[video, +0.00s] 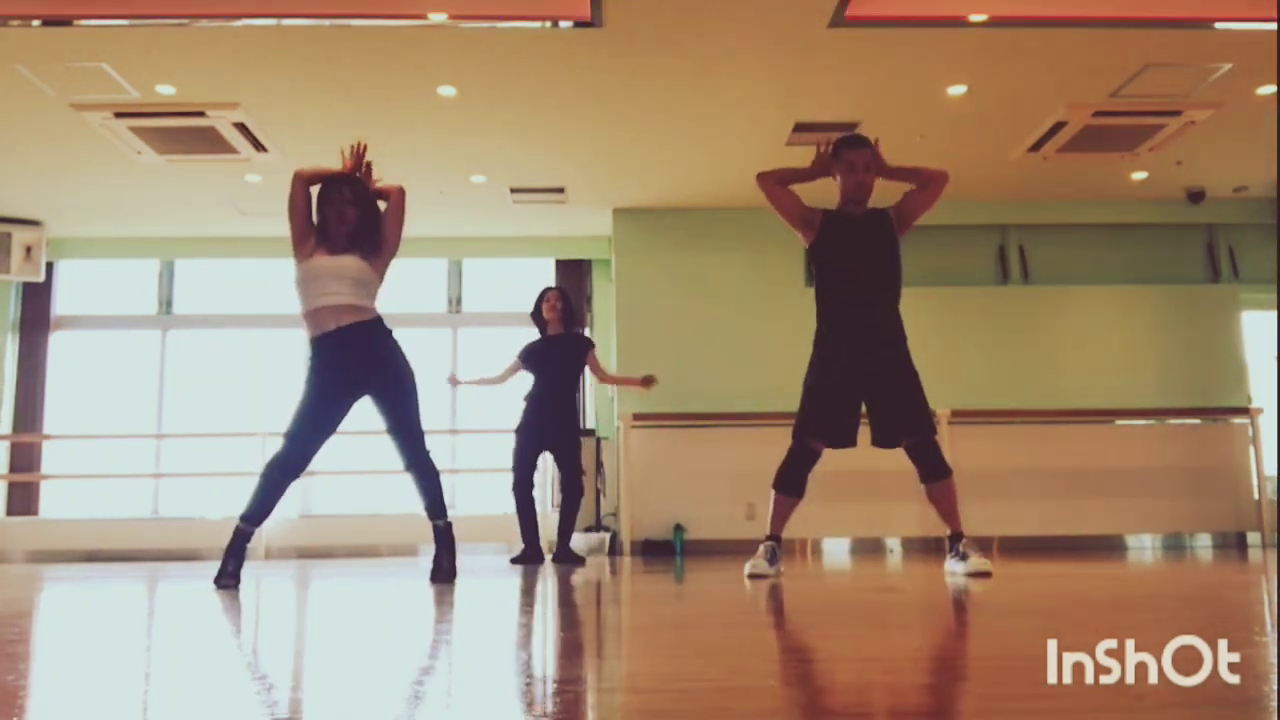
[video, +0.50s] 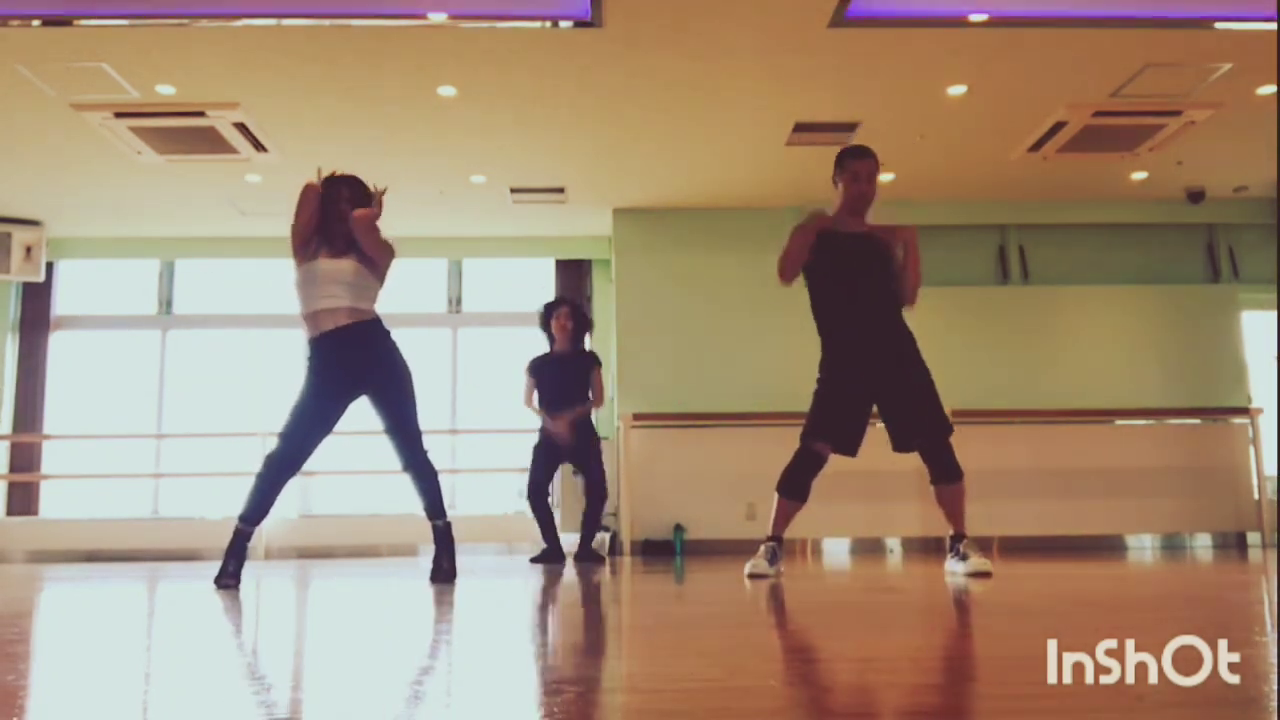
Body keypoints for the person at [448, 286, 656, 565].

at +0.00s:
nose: (552, 304)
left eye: (558, 300)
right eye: (547, 301)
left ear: (566, 307)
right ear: (540, 309)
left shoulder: (580, 342)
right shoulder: (534, 348)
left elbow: (602, 377)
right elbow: (501, 378)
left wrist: (637, 382)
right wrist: (462, 382)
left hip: (565, 423)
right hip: (533, 423)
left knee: (573, 488)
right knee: (521, 484)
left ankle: (562, 548)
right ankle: (532, 548)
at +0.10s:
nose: (556, 301)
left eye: (561, 297)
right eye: (551, 297)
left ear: (569, 304)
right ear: (542, 305)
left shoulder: (580, 336)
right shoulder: (530, 341)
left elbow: (600, 367)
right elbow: (511, 364)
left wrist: (619, 388)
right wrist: (499, 379)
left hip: (568, 421)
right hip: (535, 420)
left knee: (574, 485)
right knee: (523, 483)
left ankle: (563, 548)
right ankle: (531, 548)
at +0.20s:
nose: (559, 288)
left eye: (563, 284)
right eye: (554, 283)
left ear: (569, 290)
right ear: (544, 288)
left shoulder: (580, 320)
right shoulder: (531, 322)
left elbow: (581, 359)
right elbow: (525, 363)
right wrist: (537, 396)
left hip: (571, 402)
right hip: (541, 402)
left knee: (572, 474)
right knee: (534, 474)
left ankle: (567, 541)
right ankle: (533, 543)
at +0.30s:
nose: (558, 288)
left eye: (564, 283)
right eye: (553, 283)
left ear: (571, 288)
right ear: (544, 288)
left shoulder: (583, 321)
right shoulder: (534, 322)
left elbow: (583, 361)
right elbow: (533, 366)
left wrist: (545, 364)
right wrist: (568, 379)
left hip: (575, 399)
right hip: (545, 400)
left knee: (577, 470)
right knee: (539, 468)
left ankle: (576, 537)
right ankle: (546, 537)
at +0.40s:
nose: (560, 301)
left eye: (565, 296)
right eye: (555, 296)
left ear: (574, 302)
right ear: (546, 302)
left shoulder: (586, 339)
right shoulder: (536, 342)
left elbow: (590, 378)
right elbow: (531, 378)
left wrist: (552, 382)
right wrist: (569, 387)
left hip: (578, 413)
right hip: (547, 414)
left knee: (585, 481)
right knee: (543, 483)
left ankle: (582, 544)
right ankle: (554, 544)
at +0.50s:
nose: (562, 322)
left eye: (568, 317)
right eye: (557, 317)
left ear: (577, 324)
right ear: (548, 324)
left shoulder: (589, 359)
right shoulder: (538, 364)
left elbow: (598, 400)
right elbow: (528, 401)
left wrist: (570, 416)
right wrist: (549, 421)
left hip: (582, 431)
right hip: (551, 430)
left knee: (598, 490)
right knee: (536, 491)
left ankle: (585, 547)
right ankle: (553, 547)